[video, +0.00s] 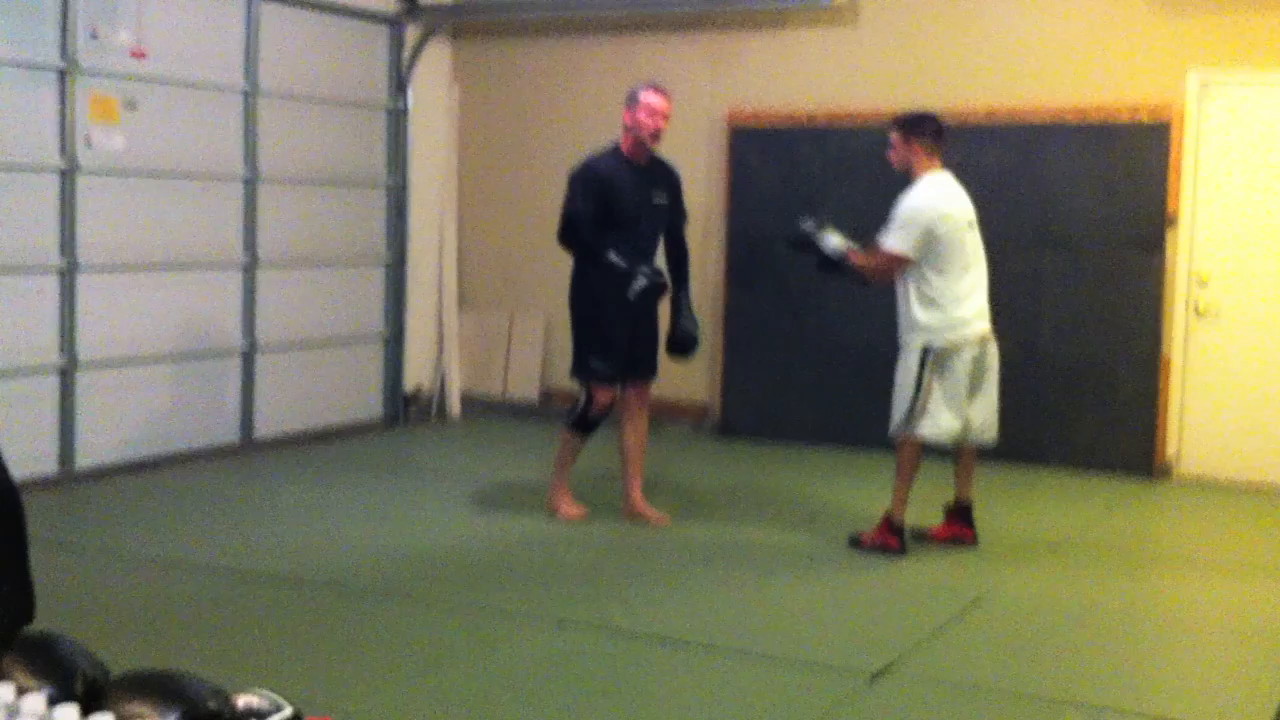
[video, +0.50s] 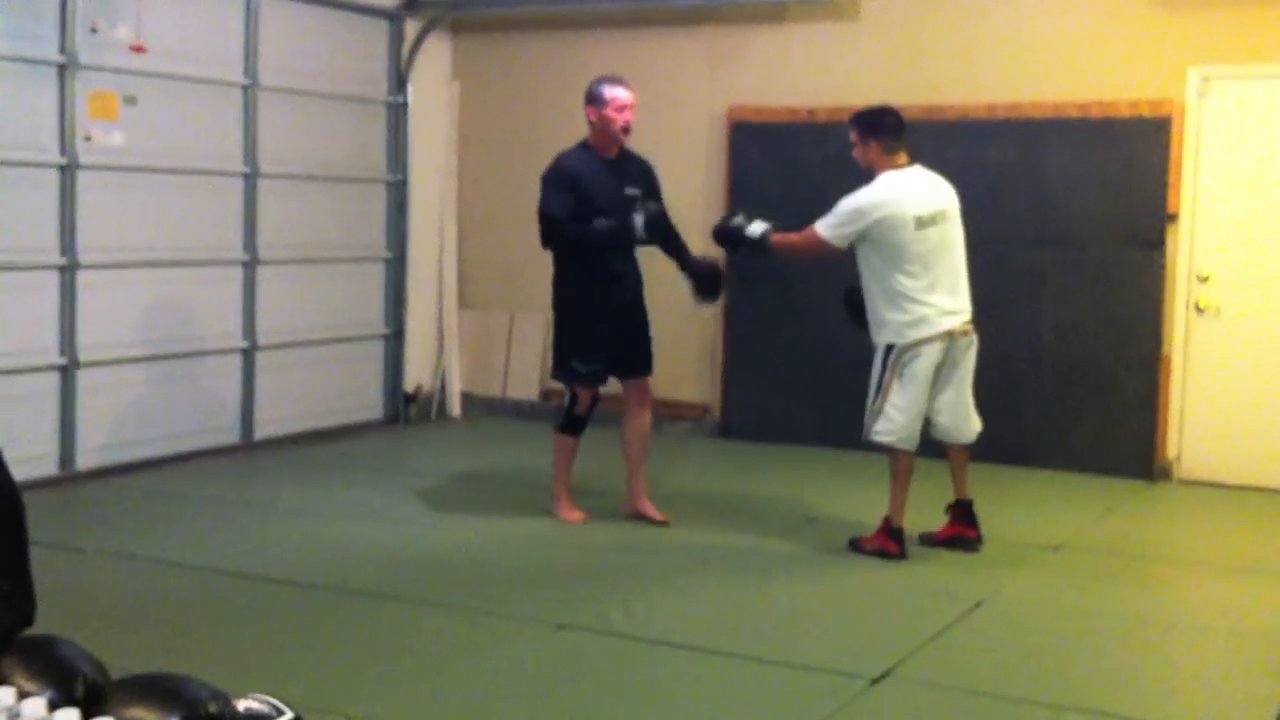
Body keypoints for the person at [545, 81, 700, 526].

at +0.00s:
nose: (658, 124)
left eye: (664, 117)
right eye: (651, 114)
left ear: (667, 122)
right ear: (628, 114)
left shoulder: (665, 178)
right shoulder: (593, 172)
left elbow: (676, 247)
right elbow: (571, 235)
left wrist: (682, 310)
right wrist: (624, 266)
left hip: (640, 300)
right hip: (597, 299)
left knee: (637, 394)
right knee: (601, 396)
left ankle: (634, 497)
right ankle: (560, 486)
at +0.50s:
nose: (629, 118)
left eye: (632, 109)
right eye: (620, 109)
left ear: (633, 113)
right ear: (592, 113)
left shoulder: (638, 169)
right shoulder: (566, 170)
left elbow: (659, 226)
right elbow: (552, 236)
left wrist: (691, 266)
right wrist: (617, 228)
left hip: (626, 296)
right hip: (580, 298)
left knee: (638, 392)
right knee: (584, 394)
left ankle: (637, 496)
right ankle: (561, 496)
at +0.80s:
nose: (624, 121)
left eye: (627, 112)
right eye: (615, 113)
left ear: (629, 114)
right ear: (589, 116)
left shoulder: (638, 167)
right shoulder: (563, 169)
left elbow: (675, 220)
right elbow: (544, 234)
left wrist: (680, 190)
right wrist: (604, 211)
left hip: (624, 299)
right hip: (577, 301)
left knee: (639, 393)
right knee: (580, 396)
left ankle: (642, 492)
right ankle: (561, 494)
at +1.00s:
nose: (630, 119)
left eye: (633, 110)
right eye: (620, 111)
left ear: (638, 114)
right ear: (596, 117)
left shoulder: (649, 168)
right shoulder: (570, 171)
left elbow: (673, 226)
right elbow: (544, 234)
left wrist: (676, 210)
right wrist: (602, 214)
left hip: (633, 296)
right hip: (585, 299)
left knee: (655, 391)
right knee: (585, 395)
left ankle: (650, 491)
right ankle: (562, 493)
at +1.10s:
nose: (639, 120)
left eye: (641, 111)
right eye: (629, 111)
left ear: (645, 115)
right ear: (604, 118)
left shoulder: (655, 169)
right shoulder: (576, 172)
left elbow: (673, 232)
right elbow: (547, 231)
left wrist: (663, 211)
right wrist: (607, 223)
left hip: (640, 297)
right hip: (591, 299)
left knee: (665, 387)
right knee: (586, 396)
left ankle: (665, 489)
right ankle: (561, 493)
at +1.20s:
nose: (656, 122)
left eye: (659, 113)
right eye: (647, 114)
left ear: (662, 118)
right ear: (621, 120)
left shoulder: (670, 174)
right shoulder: (592, 174)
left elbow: (683, 245)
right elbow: (559, 230)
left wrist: (665, 224)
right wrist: (615, 227)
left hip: (654, 303)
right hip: (605, 303)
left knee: (673, 396)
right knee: (594, 399)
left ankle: (688, 494)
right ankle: (563, 493)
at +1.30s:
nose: (668, 120)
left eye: (670, 111)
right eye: (659, 112)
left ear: (672, 117)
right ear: (633, 119)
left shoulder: (683, 174)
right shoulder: (605, 174)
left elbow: (702, 244)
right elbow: (572, 230)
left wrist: (688, 219)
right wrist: (634, 224)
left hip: (666, 304)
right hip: (617, 304)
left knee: (678, 397)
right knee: (605, 399)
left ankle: (690, 495)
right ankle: (565, 489)